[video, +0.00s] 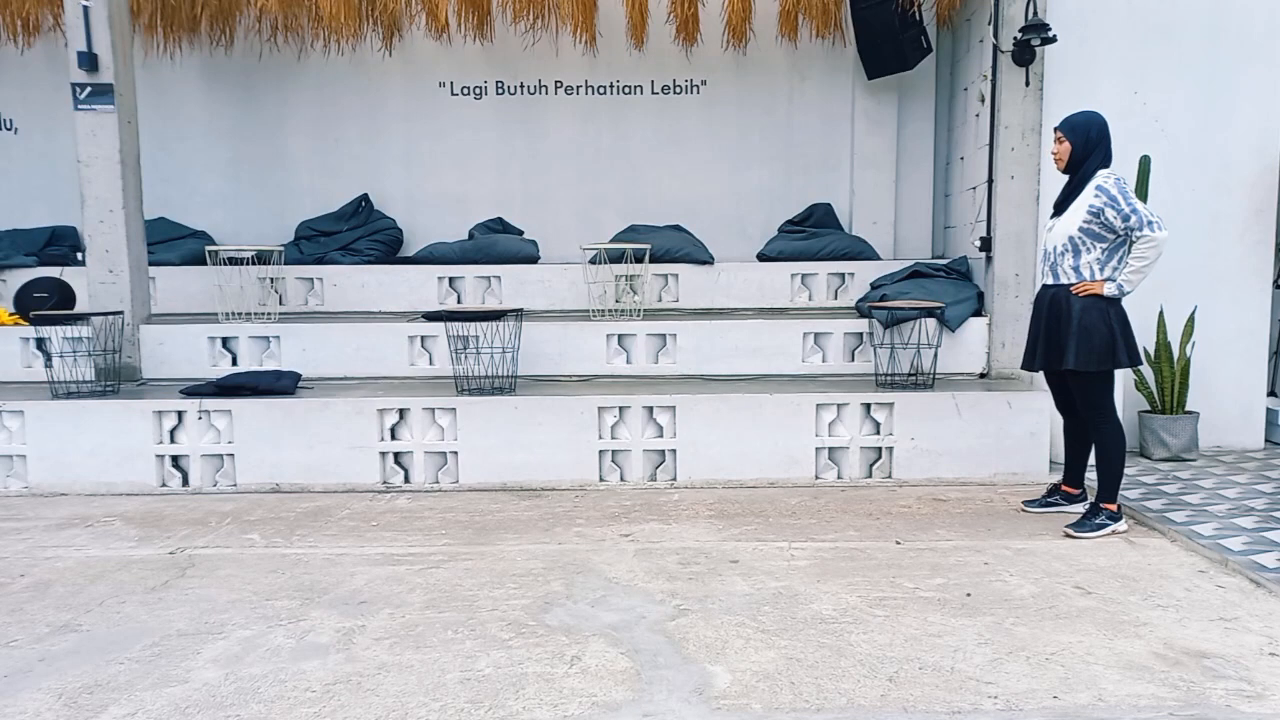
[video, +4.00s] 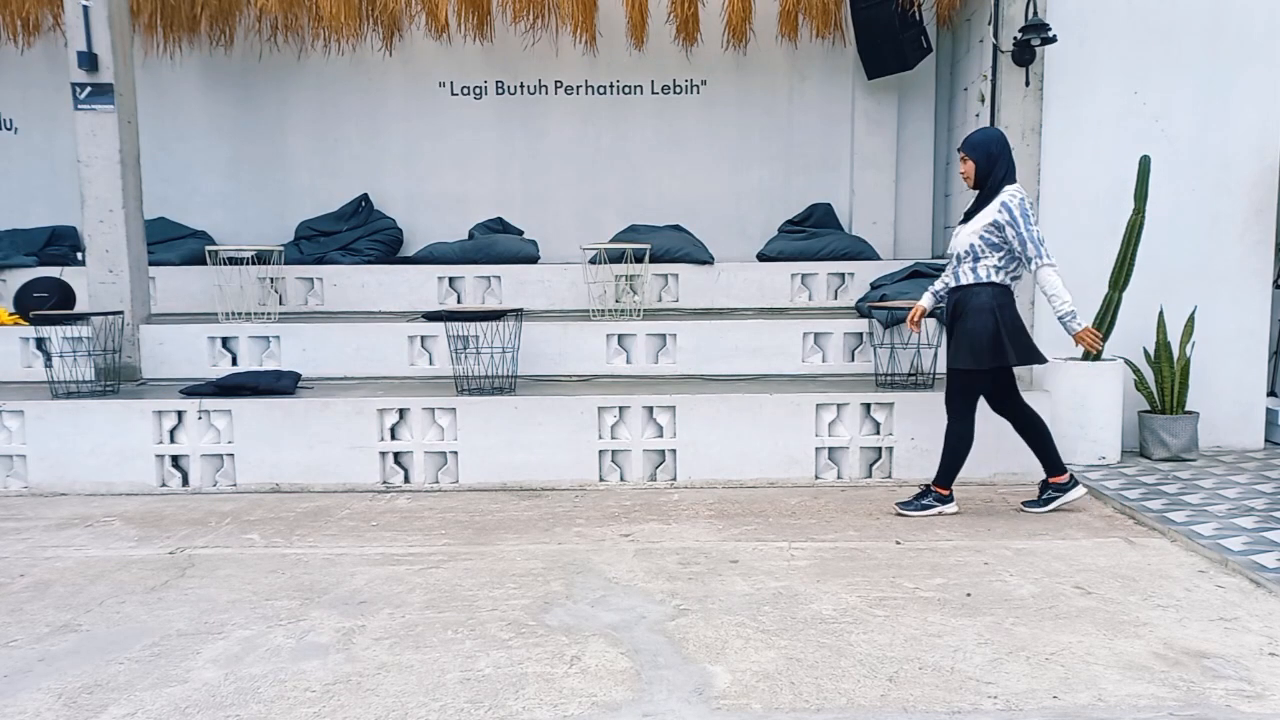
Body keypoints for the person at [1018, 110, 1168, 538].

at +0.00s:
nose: (1053, 149)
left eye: (1060, 141)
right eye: (1054, 141)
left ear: (1084, 144)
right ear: (1072, 145)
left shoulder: (1105, 184)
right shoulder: (1072, 189)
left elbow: (1151, 234)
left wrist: (1117, 285)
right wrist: (1051, 285)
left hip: (1088, 312)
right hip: (1055, 310)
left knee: (1099, 410)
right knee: (1070, 407)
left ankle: (1108, 507)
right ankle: (1070, 489)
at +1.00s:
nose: (1067, 145)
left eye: (1074, 137)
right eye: (1068, 137)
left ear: (1097, 140)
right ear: (1088, 142)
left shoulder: (1120, 184)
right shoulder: (1082, 191)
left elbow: (1134, 259)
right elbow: (1064, 268)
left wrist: (1105, 319)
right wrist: (1043, 319)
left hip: (1094, 310)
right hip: (1061, 310)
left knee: (1101, 408)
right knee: (1062, 403)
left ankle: (1109, 507)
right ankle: (1071, 488)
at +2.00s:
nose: (1038, 155)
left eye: (1044, 148)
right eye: (1038, 148)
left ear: (1066, 150)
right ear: (1058, 152)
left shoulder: (1085, 186)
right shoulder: (1059, 193)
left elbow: (1128, 229)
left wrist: (1085, 267)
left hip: (1063, 307)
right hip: (1043, 307)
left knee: (1038, 401)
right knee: (1063, 402)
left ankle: (1029, 500)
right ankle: (1072, 489)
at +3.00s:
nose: (1024, 163)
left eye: (1030, 155)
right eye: (1024, 156)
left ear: (1052, 154)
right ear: (1043, 156)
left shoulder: (1071, 186)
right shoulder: (1050, 193)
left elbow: (1103, 233)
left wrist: (1060, 283)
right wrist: (1035, 283)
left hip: (1052, 311)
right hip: (1041, 309)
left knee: (1037, 406)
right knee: (1063, 404)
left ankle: (1024, 500)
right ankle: (1072, 488)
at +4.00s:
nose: (960, 169)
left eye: (965, 160)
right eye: (960, 160)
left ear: (987, 160)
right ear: (983, 160)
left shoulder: (1011, 198)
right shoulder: (983, 204)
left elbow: (1041, 263)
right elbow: (958, 265)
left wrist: (1071, 321)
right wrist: (927, 300)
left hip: (982, 308)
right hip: (967, 308)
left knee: (959, 402)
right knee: (1006, 402)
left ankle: (940, 490)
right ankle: (1060, 479)